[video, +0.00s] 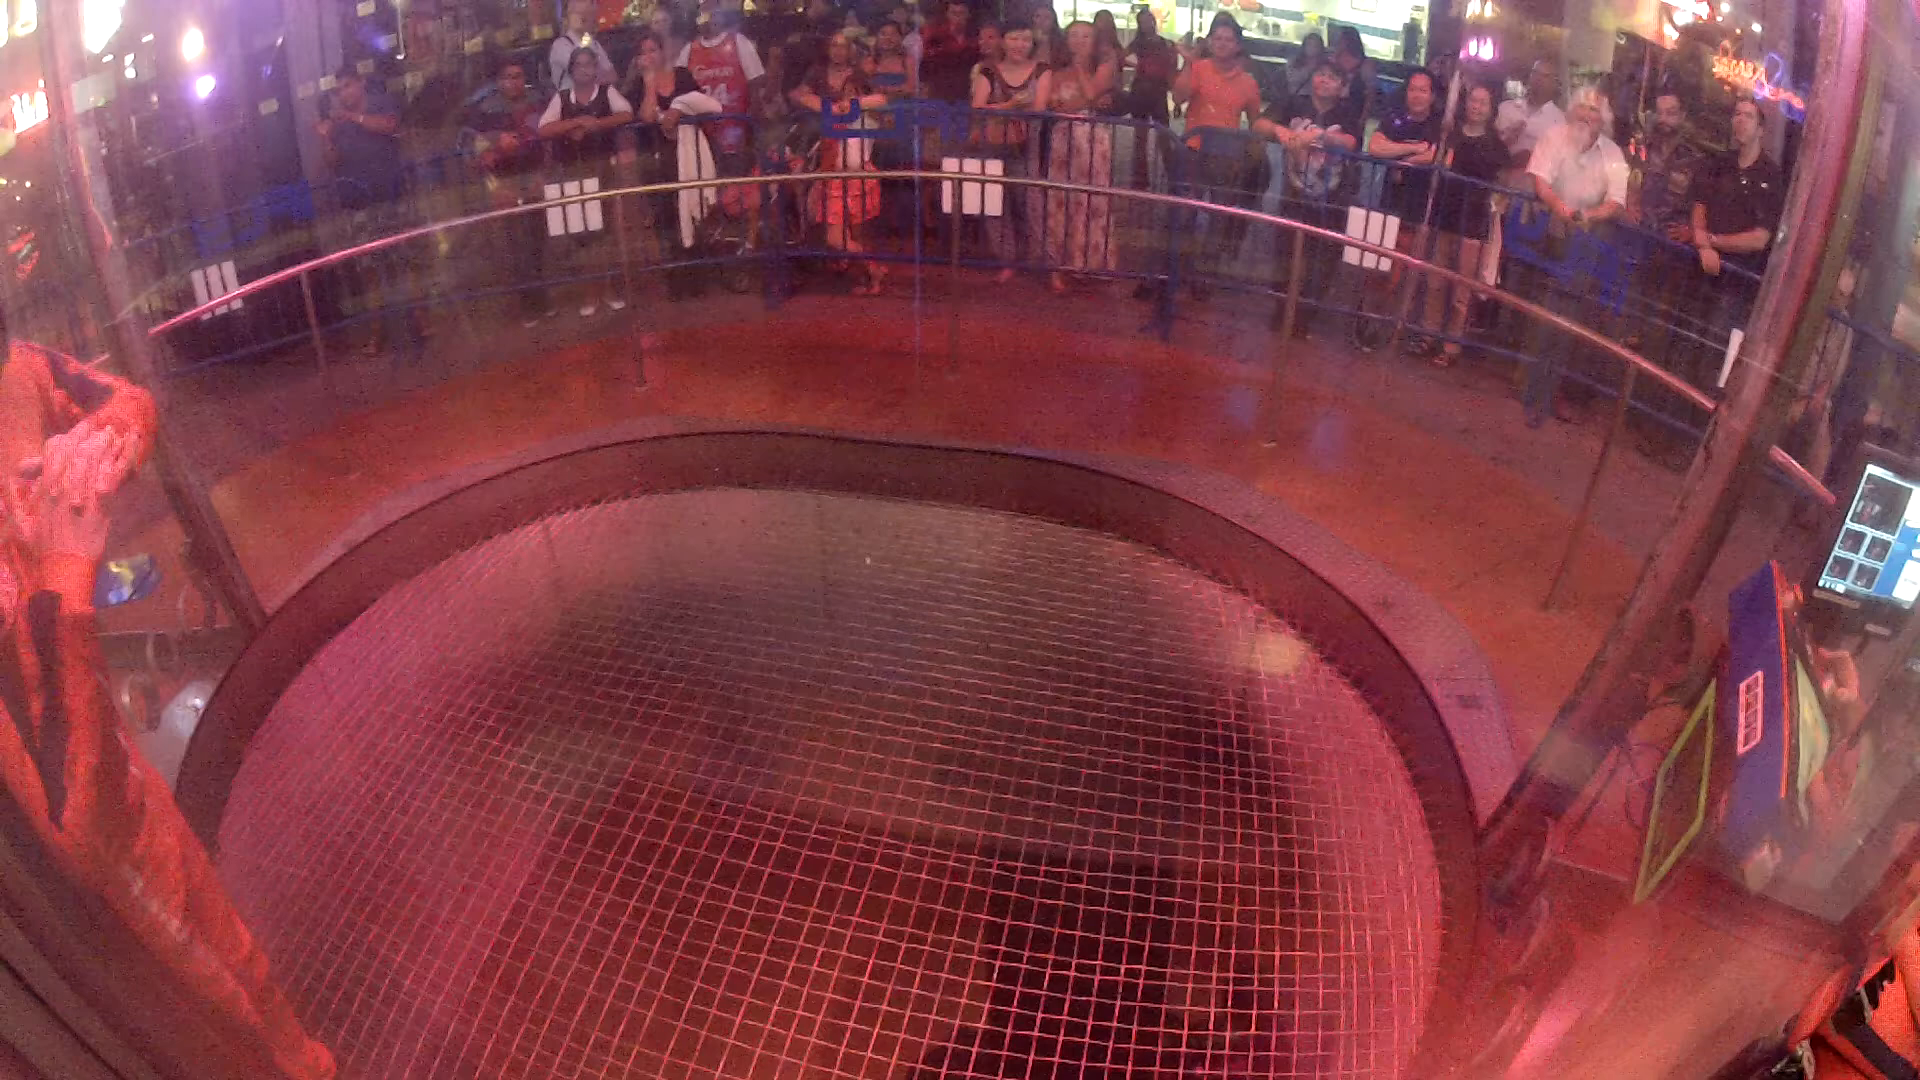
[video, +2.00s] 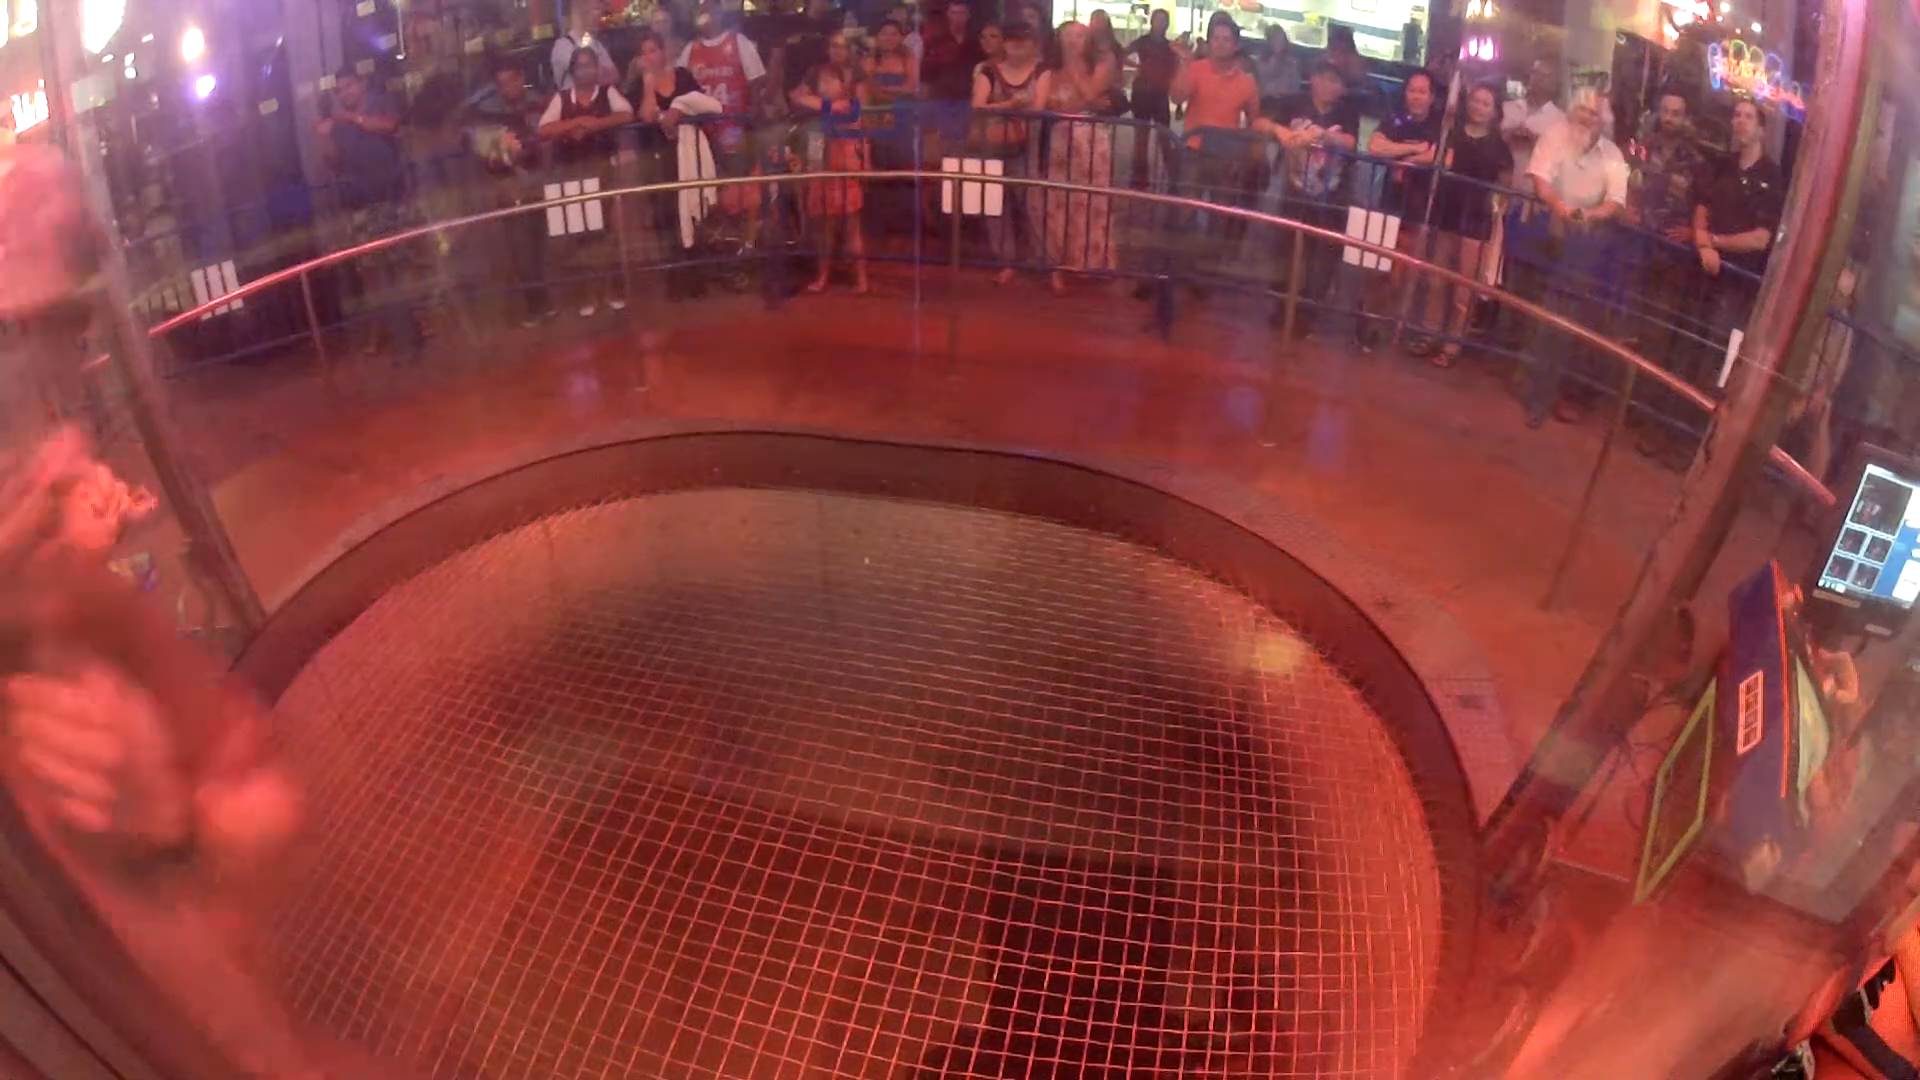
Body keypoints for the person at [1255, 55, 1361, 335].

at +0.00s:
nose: (1323, 81)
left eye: (1331, 78)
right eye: (1320, 75)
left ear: (1342, 89)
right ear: (1311, 80)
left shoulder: (1347, 115)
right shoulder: (1295, 105)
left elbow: (1352, 143)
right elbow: (1259, 124)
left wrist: (1320, 135)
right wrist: (1280, 131)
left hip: (1330, 202)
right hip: (1294, 196)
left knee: (1322, 262)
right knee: (1286, 253)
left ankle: (1306, 316)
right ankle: (1281, 309)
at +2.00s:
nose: (1333, 89)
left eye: (1337, 84)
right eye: (1328, 81)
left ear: (1343, 88)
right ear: (1313, 81)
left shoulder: (1347, 112)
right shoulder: (1293, 105)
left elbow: (1351, 144)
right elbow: (1258, 123)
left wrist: (1326, 136)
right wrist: (1283, 134)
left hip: (1331, 199)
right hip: (1295, 193)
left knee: (1322, 258)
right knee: (1287, 250)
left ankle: (1307, 313)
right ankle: (1280, 307)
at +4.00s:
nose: (1329, 87)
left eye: (1335, 82)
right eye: (1324, 79)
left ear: (1343, 88)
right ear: (1313, 79)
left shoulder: (1345, 113)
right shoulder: (1292, 103)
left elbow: (1351, 144)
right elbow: (1261, 123)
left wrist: (1322, 135)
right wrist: (1286, 135)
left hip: (1330, 196)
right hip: (1294, 189)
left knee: (1325, 255)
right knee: (1286, 248)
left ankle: (1307, 314)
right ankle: (1281, 306)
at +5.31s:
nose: (1327, 86)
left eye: (1334, 81)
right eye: (1324, 78)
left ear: (1344, 87)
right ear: (1313, 77)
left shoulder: (1346, 111)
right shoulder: (1293, 100)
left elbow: (1350, 143)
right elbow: (1261, 124)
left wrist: (1322, 134)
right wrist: (1283, 133)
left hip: (1330, 196)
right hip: (1293, 190)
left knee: (1323, 257)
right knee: (1286, 250)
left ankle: (1307, 315)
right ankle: (1279, 308)